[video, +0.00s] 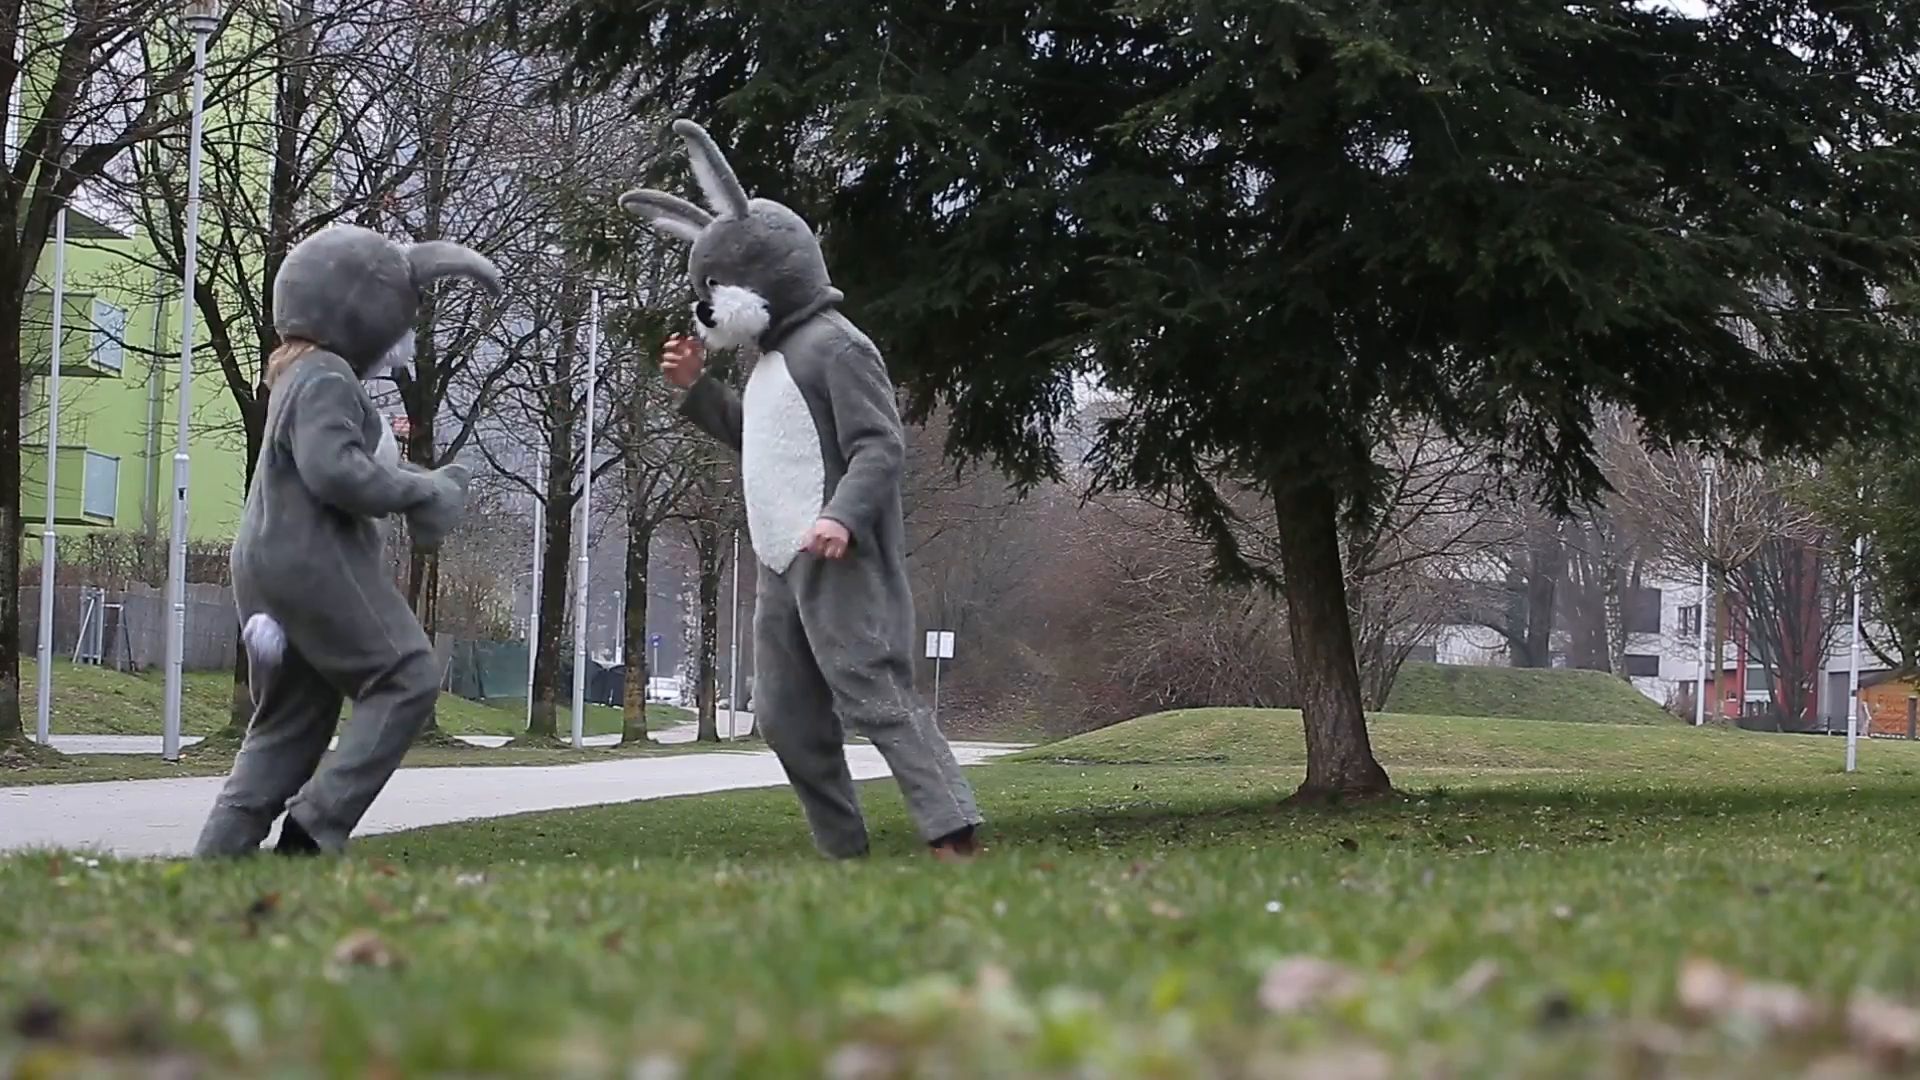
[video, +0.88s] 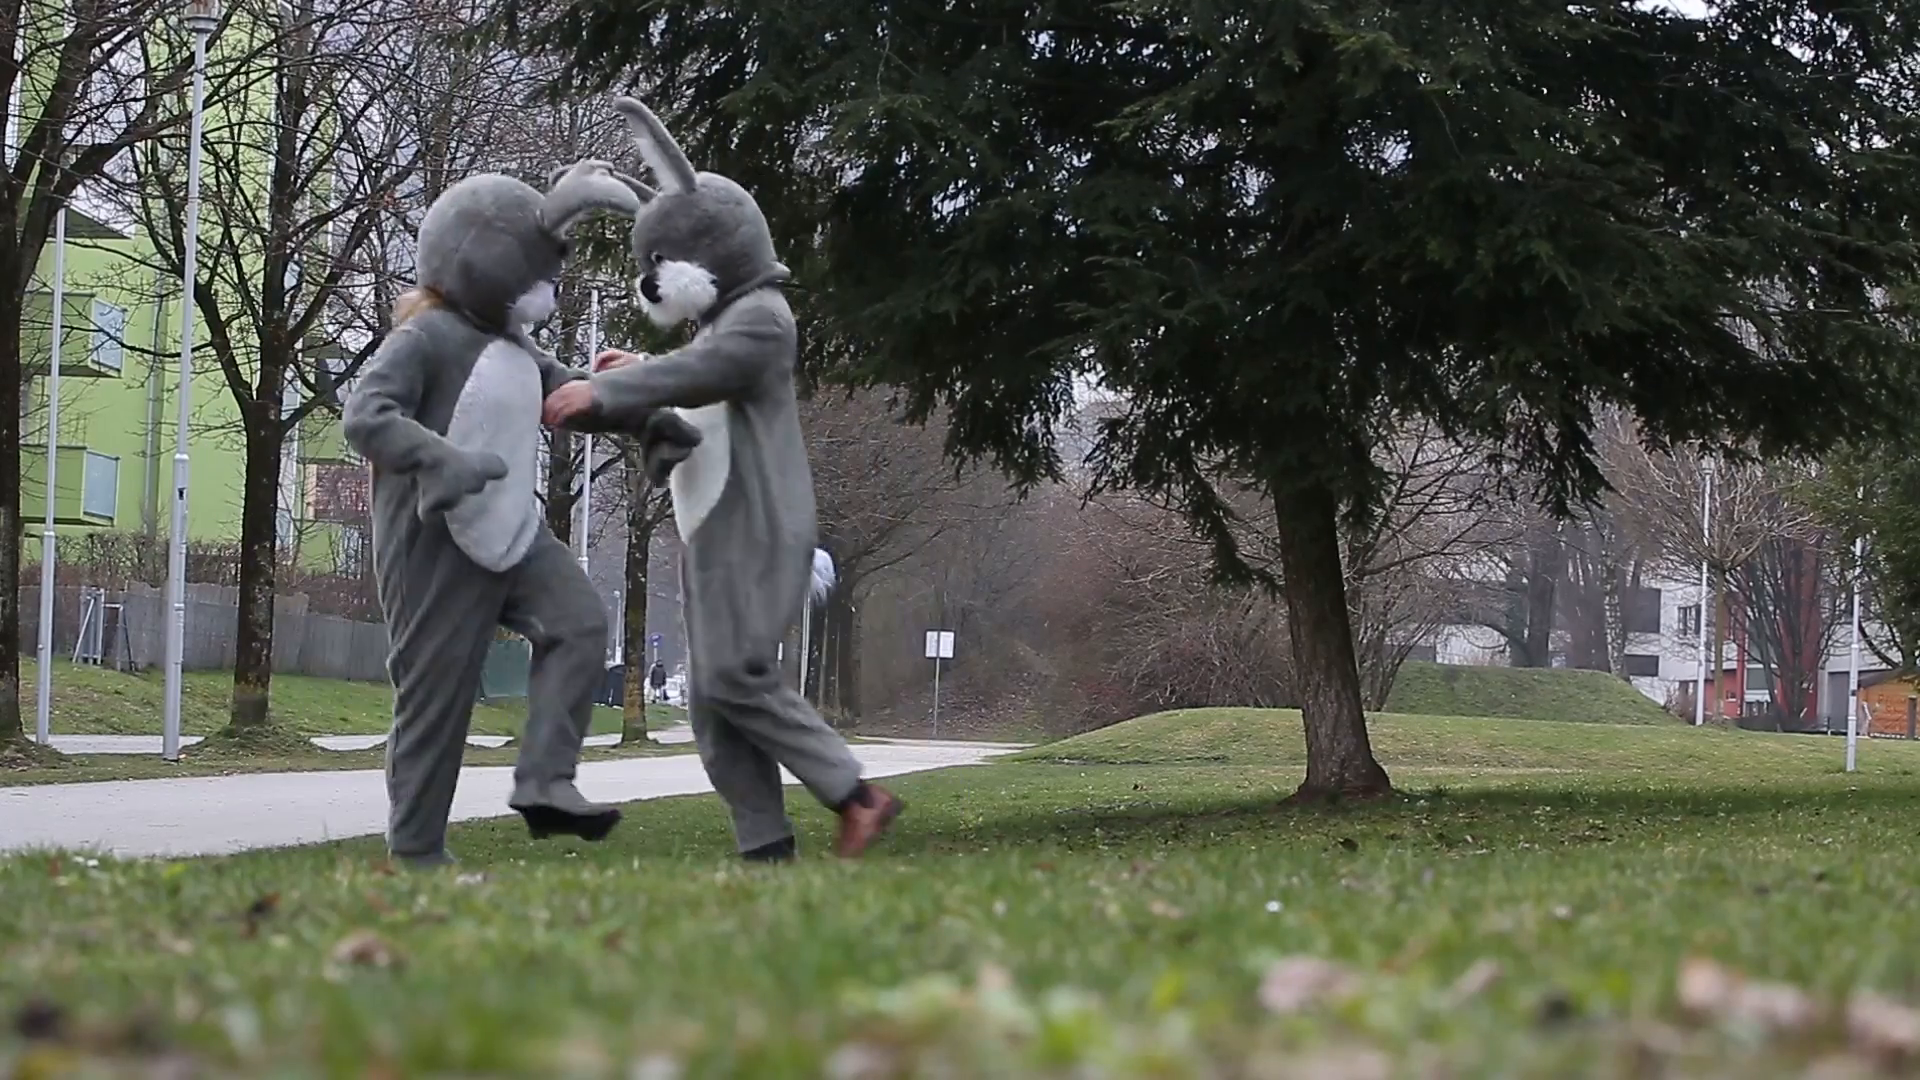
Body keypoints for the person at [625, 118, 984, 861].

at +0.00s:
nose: (715, 303)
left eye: (723, 286)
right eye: (712, 289)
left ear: (769, 275)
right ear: (748, 285)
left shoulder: (836, 344)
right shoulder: (760, 362)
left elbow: (880, 446)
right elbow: (755, 437)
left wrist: (841, 515)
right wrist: (696, 385)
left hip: (839, 555)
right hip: (781, 567)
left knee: (876, 696)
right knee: (787, 716)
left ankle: (954, 835)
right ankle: (844, 851)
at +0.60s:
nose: (723, 283)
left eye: (729, 264)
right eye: (720, 269)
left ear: (773, 252)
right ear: (770, 256)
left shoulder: (832, 316)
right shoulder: (793, 323)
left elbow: (853, 414)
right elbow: (804, 391)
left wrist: (761, 459)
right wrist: (751, 398)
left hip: (851, 542)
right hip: (799, 546)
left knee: (888, 686)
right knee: (761, 683)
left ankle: (948, 834)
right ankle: (774, 840)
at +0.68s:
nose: (709, 292)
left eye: (715, 274)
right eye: (706, 277)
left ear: (759, 263)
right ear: (761, 263)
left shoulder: (816, 328)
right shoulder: (781, 332)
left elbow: (822, 414)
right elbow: (785, 399)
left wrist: (715, 448)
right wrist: (727, 406)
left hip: (837, 551)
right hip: (779, 556)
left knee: (878, 694)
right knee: (733, 691)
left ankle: (947, 836)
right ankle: (772, 842)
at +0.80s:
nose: (677, 297)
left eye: (689, 279)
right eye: (676, 282)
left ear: (738, 271)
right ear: (727, 276)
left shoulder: (786, 332)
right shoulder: (739, 346)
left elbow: (750, 398)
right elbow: (705, 409)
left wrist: (643, 402)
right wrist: (636, 421)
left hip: (790, 559)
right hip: (737, 564)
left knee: (811, 698)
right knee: (710, 711)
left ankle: (920, 825)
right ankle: (769, 849)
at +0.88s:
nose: (657, 284)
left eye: (665, 264)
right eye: (655, 270)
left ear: (708, 253)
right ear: (707, 260)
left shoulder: (762, 314)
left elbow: (700, 371)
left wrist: (601, 396)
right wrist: (635, 386)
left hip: (762, 525)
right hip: (714, 532)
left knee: (738, 677)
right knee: (713, 692)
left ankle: (860, 796)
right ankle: (767, 846)